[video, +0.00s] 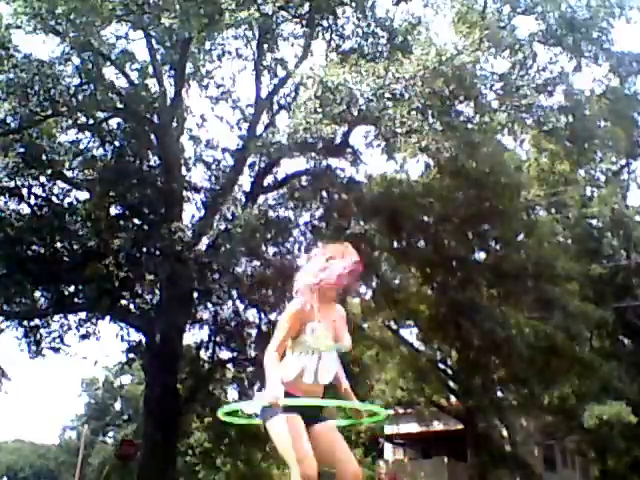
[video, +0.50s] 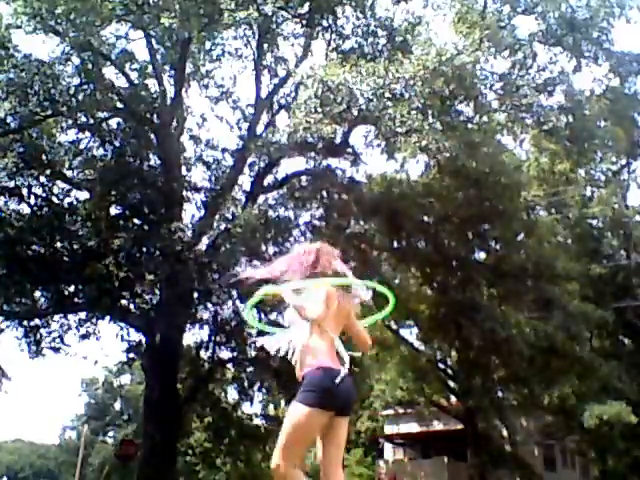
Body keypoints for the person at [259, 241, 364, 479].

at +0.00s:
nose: (342, 279)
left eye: (345, 274)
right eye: (339, 272)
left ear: (343, 278)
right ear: (320, 272)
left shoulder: (338, 313)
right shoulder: (299, 310)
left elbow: (332, 358)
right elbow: (272, 353)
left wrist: (350, 398)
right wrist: (273, 386)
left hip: (314, 406)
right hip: (283, 403)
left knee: (352, 472)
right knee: (306, 471)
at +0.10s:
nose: (354, 282)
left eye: (355, 276)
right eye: (351, 274)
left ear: (334, 272)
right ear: (333, 271)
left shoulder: (331, 306)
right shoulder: (319, 299)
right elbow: (291, 340)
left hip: (303, 391)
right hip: (292, 390)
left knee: (333, 469)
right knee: (338, 468)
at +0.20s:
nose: (356, 275)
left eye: (356, 269)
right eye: (354, 269)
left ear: (325, 268)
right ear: (344, 269)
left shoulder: (303, 297)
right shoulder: (338, 295)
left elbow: (278, 338)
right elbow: (322, 333)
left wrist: (305, 353)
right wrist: (369, 351)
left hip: (282, 384)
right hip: (313, 382)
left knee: (309, 473)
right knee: (336, 470)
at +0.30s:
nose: (352, 270)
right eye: (350, 265)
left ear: (314, 265)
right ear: (344, 267)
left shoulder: (298, 292)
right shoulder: (350, 295)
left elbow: (274, 331)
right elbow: (354, 332)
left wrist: (275, 339)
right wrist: (391, 340)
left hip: (286, 374)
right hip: (326, 377)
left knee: (296, 467)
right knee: (331, 469)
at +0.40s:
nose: (306, 273)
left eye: (308, 268)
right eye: (307, 268)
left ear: (313, 267)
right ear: (340, 271)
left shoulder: (307, 288)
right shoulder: (355, 300)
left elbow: (289, 319)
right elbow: (374, 337)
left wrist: (265, 312)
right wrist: (383, 331)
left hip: (303, 374)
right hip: (341, 379)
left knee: (290, 465)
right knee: (335, 469)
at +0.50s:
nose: (295, 276)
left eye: (297, 271)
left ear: (308, 266)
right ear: (332, 264)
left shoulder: (319, 287)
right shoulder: (346, 302)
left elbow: (317, 313)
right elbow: (365, 344)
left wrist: (287, 294)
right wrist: (352, 315)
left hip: (319, 378)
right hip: (343, 379)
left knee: (283, 465)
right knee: (332, 470)